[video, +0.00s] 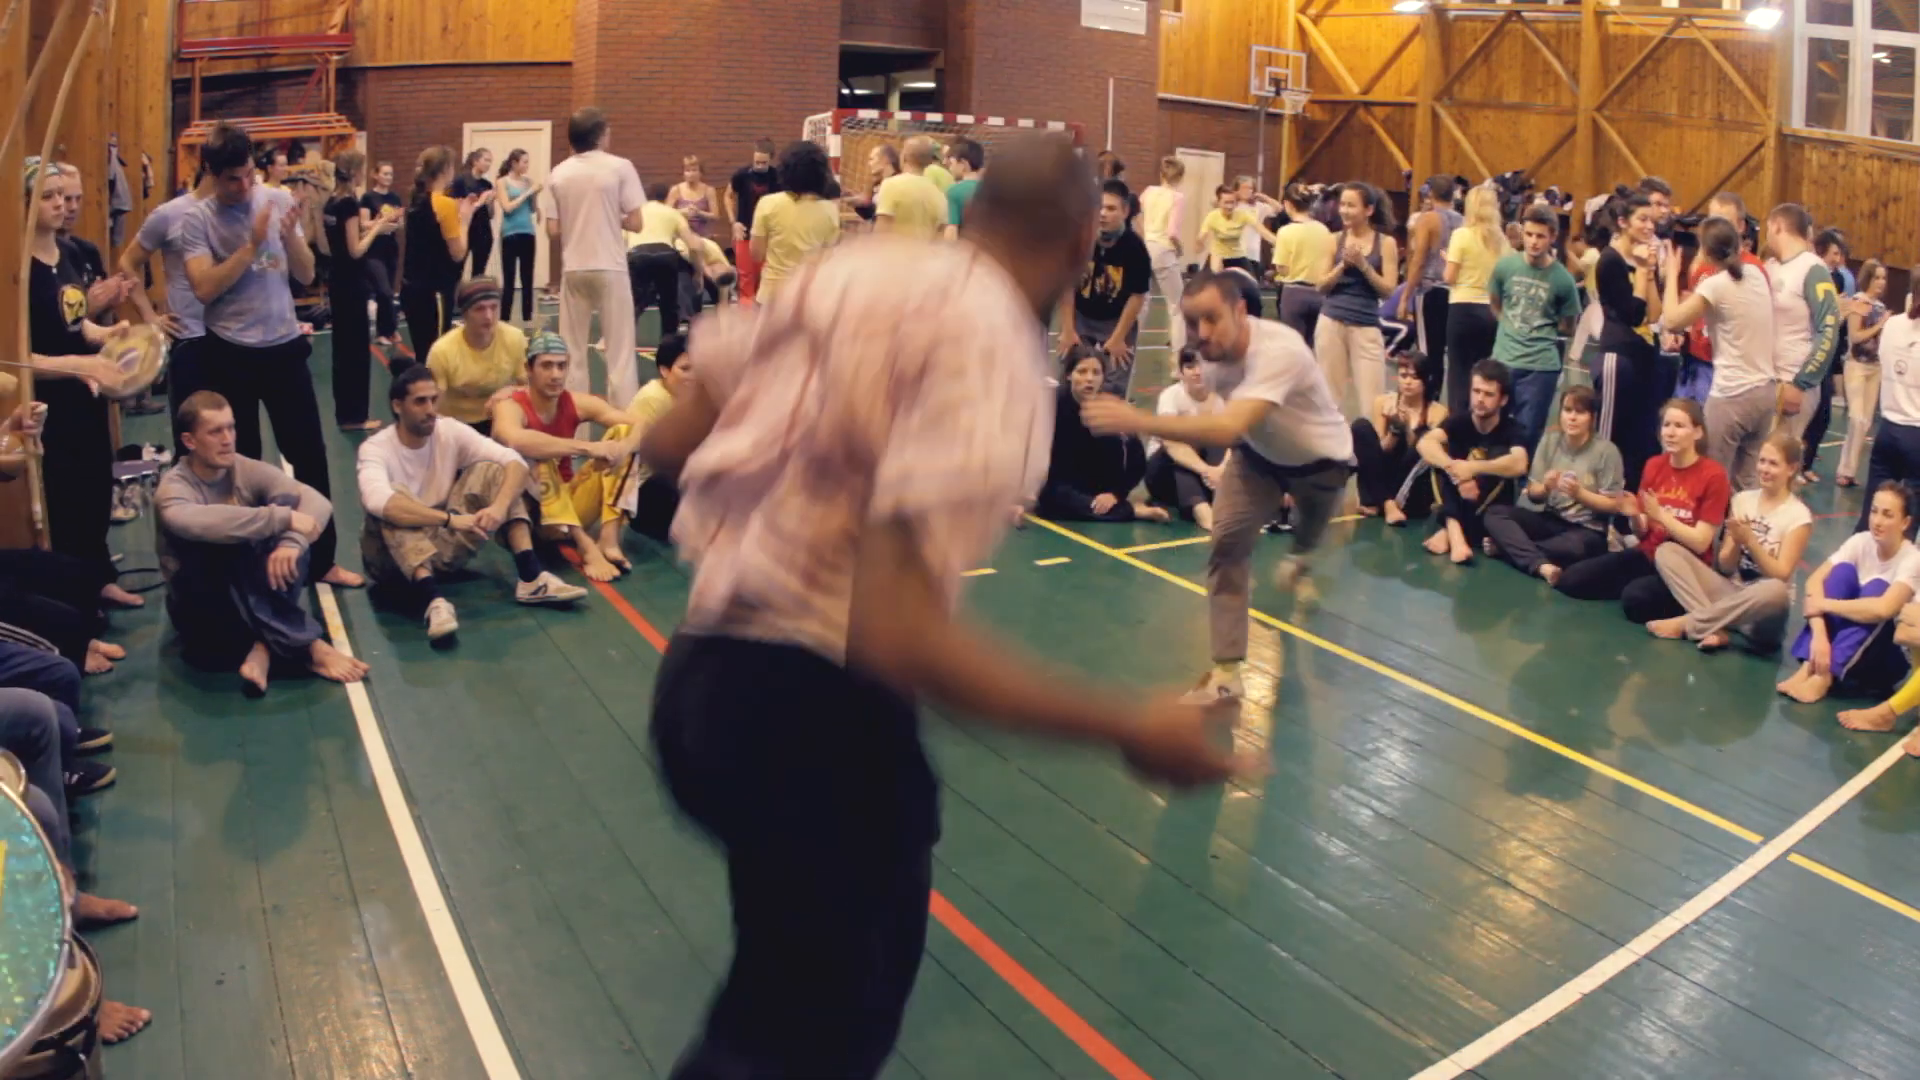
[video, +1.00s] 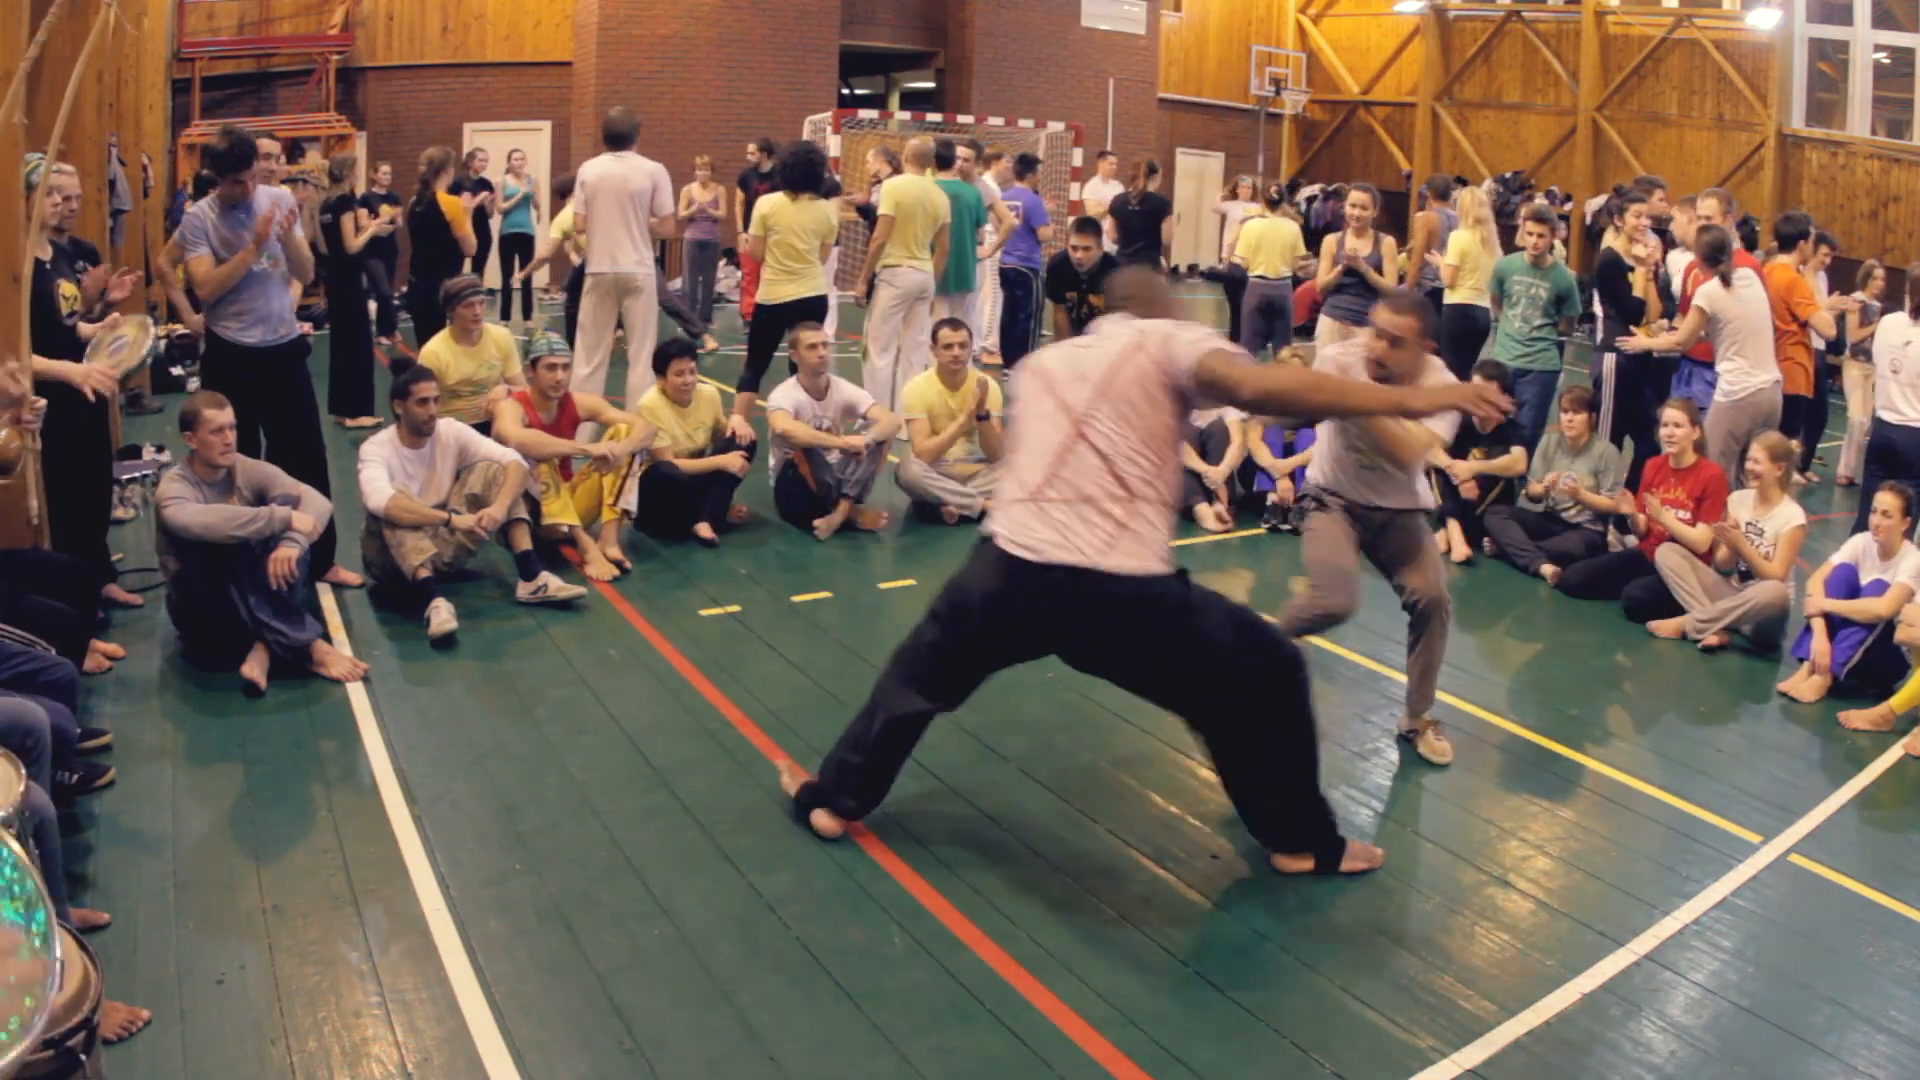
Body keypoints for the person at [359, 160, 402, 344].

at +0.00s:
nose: (389, 177)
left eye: (390, 174)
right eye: (385, 174)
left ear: (393, 177)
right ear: (375, 175)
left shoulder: (395, 198)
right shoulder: (367, 198)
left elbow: (401, 222)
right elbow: (363, 223)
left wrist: (392, 219)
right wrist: (384, 220)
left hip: (391, 245)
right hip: (373, 245)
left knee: (387, 291)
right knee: (384, 290)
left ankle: (383, 331)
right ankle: (390, 329)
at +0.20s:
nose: (389, 177)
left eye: (390, 174)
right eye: (385, 173)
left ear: (392, 177)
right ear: (375, 175)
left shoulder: (395, 198)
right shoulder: (367, 198)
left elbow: (399, 222)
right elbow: (363, 223)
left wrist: (394, 218)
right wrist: (381, 220)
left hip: (391, 246)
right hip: (373, 245)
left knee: (387, 291)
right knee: (384, 290)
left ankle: (384, 331)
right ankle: (390, 329)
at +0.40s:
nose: (388, 177)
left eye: (390, 174)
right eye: (385, 173)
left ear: (392, 177)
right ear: (375, 175)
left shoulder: (395, 199)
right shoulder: (366, 198)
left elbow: (400, 226)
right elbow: (363, 223)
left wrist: (377, 224)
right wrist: (385, 220)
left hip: (391, 246)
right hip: (372, 246)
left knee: (386, 292)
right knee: (384, 291)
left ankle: (384, 331)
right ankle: (389, 329)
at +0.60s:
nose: (388, 177)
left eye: (389, 174)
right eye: (384, 174)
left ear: (391, 177)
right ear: (374, 175)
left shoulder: (394, 198)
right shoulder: (366, 198)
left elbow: (399, 224)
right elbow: (363, 224)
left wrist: (394, 216)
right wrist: (382, 220)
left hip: (391, 247)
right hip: (372, 248)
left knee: (386, 292)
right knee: (384, 291)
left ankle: (383, 331)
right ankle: (390, 329)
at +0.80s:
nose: (387, 177)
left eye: (389, 174)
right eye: (384, 173)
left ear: (391, 177)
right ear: (374, 175)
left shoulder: (394, 199)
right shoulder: (365, 199)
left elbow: (399, 224)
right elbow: (361, 224)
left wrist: (398, 217)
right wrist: (381, 218)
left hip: (391, 246)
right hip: (372, 246)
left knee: (386, 292)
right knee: (383, 291)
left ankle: (385, 332)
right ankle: (389, 330)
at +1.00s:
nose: (387, 177)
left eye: (389, 174)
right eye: (384, 173)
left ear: (391, 177)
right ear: (374, 175)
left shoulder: (394, 198)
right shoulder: (365, 198)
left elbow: (400, 222)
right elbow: (362, 224)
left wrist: (392, 218)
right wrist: (383, 220)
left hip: (390, 247)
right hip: (372, 247)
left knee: (386, 291)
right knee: (383, 290)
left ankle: (384, 332)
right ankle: (390, 329)